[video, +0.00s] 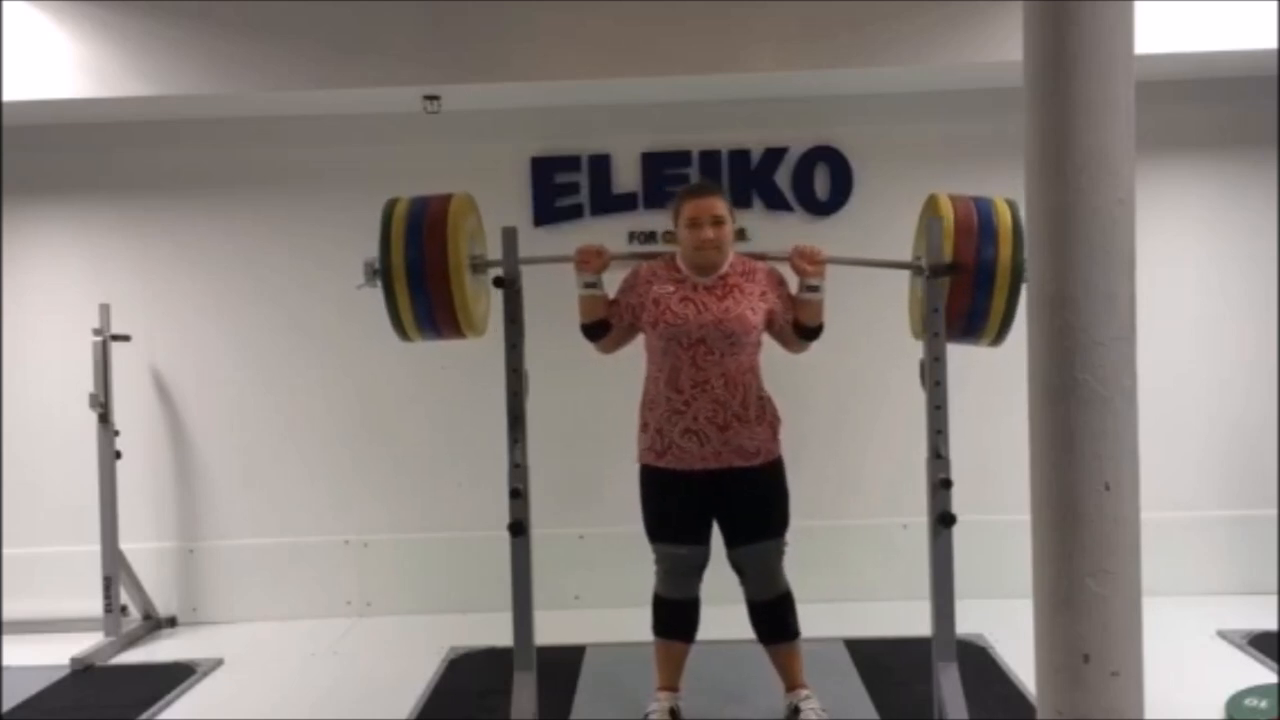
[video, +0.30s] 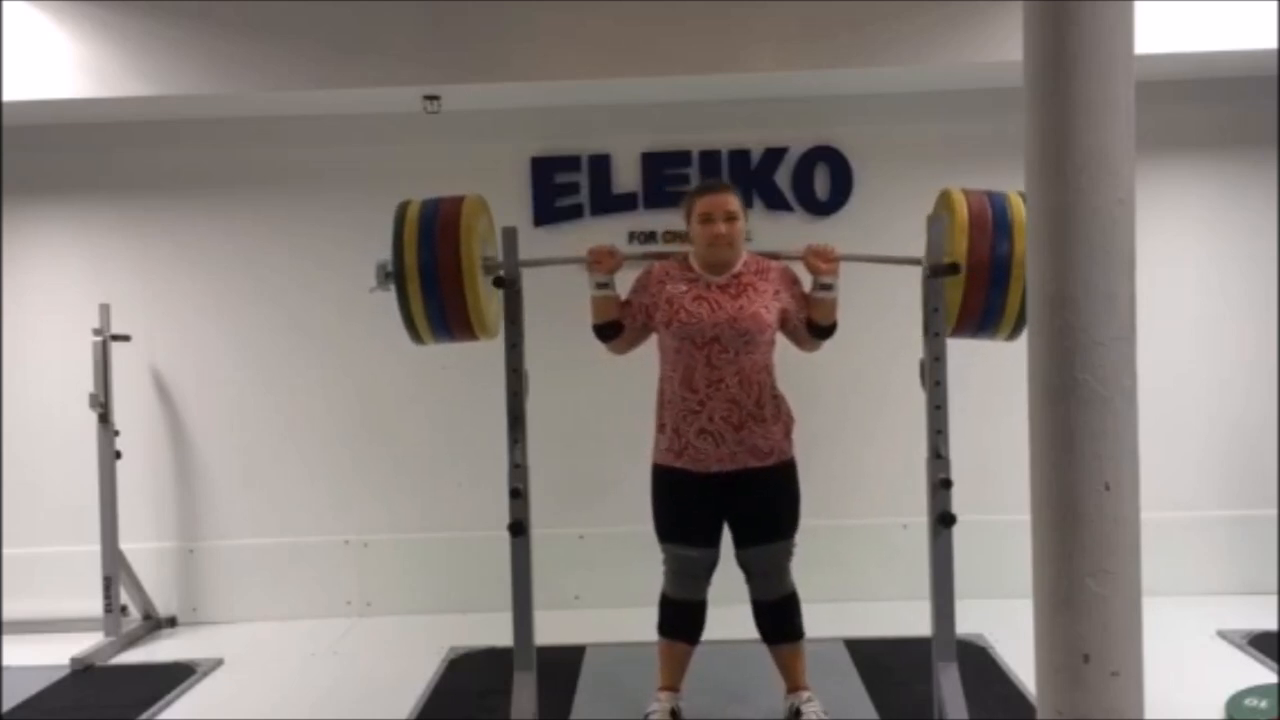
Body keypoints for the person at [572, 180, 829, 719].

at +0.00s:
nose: (707, 233)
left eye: (717, 222)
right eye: (695, 224)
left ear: (733, 228)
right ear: (676, 231)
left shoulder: (758, 278)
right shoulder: (649, 280)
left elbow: (799, 339)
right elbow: (604, 339)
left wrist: (810, 285)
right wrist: (590, 281)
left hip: (748, 456)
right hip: (672, 458)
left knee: (764, 576)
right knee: (676, 579)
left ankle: (799, 695)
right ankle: (665, 699)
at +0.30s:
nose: (720, 228)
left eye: (730, 217)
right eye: (707, 219)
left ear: (745, 225)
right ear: (688, 228)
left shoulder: (771, 277)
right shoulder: (662, 280)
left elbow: (812, 338)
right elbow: (616, 340)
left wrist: (824, 283)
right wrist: (602, 282)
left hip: (762, 458)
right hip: (685, 460)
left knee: (772, 580)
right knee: (684, 582)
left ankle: (800, 695)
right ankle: (666, 698)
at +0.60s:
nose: (722, 222)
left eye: (733, 213)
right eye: (710, 214)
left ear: (749, 223)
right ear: (691, 227)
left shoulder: (775, 276)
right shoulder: (664, 280)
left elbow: (816, 338)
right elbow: (620, 342)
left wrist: (828, 282)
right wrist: (605, 283)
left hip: (765, 459)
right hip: (687, 461)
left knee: (777, 580)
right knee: (680, 583)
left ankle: (800, 696)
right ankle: (666, 699)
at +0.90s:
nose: (723, 249)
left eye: (734, 240)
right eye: (711, 241)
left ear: (750, 251)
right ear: (692, 254)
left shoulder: (776, 305)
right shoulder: (666, 308)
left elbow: (819, 367)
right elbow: (621, 371)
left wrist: (829, 312)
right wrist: (605, 313)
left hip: (764, 461)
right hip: (682, 463)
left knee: (797, 571)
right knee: (662, 578)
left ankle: (801, 696)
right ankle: (665, 699)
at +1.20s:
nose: (727, 319)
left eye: (738, 310)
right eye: (714, 311)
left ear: (753, 321)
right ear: (696, 325)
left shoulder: (782, 375)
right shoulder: (669, 377)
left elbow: (824, 437)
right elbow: (622, 442)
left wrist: (835, 382)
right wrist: (608, 383)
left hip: (765, 505)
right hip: (685, 508)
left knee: (813, 587)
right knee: (655, 595)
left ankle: (801, 701)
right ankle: (666, 703)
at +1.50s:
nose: (733, 390)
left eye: (743, 380)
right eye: (720, 381)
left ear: (758, 392)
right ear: (701, 393)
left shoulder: (787, 442)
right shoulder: (673, 444)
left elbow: (830, 505)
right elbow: (628, 508)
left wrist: (842, 450)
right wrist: (613, 449)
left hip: (772, 568)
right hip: (689, 569)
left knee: (824, 613)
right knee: (648, 618)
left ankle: (801, 704)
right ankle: (667, 706)